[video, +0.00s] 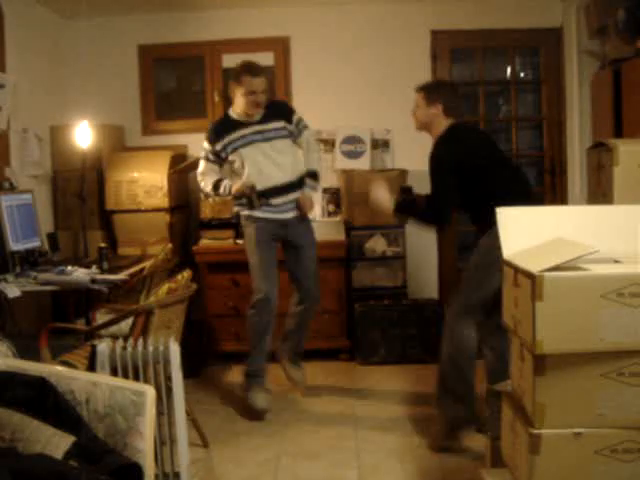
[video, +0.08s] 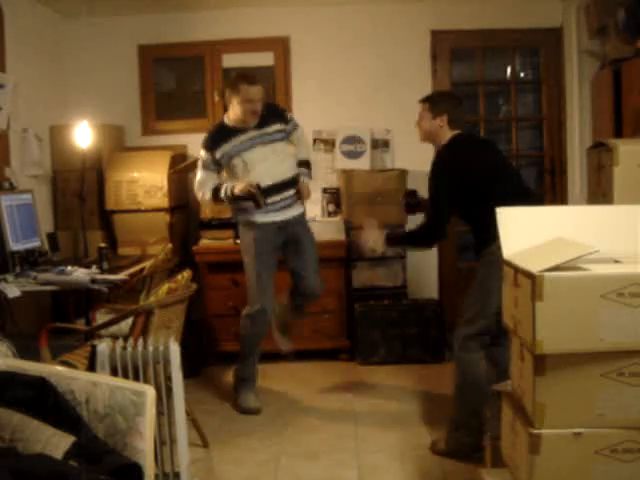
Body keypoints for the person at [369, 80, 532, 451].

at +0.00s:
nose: (413, 113)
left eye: (418, 106)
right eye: (415, 105)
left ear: (437, 109)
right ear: (440, 109)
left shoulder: (447, 148)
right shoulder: (471, 136)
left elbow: (440, 214)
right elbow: (451, 205)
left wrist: (396, 204)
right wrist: (410, 198)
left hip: (500, 232)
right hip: (524, 226)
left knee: (462, 314)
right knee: (496, 323)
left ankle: (456, 415)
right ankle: (501, 416)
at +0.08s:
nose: (417, 124)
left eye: (422, 117)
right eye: (419, 117)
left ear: (440, 120)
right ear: (445, 120)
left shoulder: (447, 160)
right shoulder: (480, 145)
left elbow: (434, 232)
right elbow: (475, 201)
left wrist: (389, 238)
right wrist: (423, 206)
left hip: (501, 246)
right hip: (531, 237)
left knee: (469, 337)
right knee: (501, 338)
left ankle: (466, 440)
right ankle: (507, 431)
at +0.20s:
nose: (412, 127)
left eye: (415, 120)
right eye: (412, 120)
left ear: (435, 119)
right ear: (441, 119)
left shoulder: (442, 155)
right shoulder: (480, 139)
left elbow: (419, 215)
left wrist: (392, 264)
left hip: (500, 231)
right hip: (535, 226)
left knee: (450, 293)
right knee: (511, 314)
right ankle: (503, 400)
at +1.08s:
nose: (391, 150)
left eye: (393, 143)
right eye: (389, 144)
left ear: (413, 140)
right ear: (419, 138)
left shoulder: (424, 174)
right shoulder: (461, 145)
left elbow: (453, 232)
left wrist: (411, 241)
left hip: (487, 236)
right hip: (520, 223)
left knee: (443, 263)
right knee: (495, 313)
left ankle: (451, 341)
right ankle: (478, 395)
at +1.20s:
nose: (389, 154)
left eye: (392, 147)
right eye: (387, 148)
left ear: (413, 143)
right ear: (415, 144)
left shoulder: (436, 164)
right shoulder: (444, 157)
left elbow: (444, 225)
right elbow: (441, 215)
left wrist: (398, 213)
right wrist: (399, 208)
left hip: (499, 229)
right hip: (511, 225)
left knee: (434, 249)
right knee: (485, 300)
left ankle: (455, 321)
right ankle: (489, 383)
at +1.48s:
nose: (390, 149)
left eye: (395, 141)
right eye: (389, 142)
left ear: (417, 139)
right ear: (416, 141)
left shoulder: (436, 164)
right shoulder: (436, 161)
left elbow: (415, 225)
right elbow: (415, 222)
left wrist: (368, 249)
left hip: (510, 220)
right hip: (514, 217)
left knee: (453, 273)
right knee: (490, 296)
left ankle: (464, 367)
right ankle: (499, 378)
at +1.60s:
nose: (391, 149)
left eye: (396, 141)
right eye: (389, 142)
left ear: (418, 140)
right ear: (414, 141)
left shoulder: (445, 168)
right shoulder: (428, 163)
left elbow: (466, 240)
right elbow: (437, 197)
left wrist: (420, 239)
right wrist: (403, 211)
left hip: (498, 234)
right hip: (482, 232)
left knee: (464, 307)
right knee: (487, 306)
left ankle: (467, 386)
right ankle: (500, 371)